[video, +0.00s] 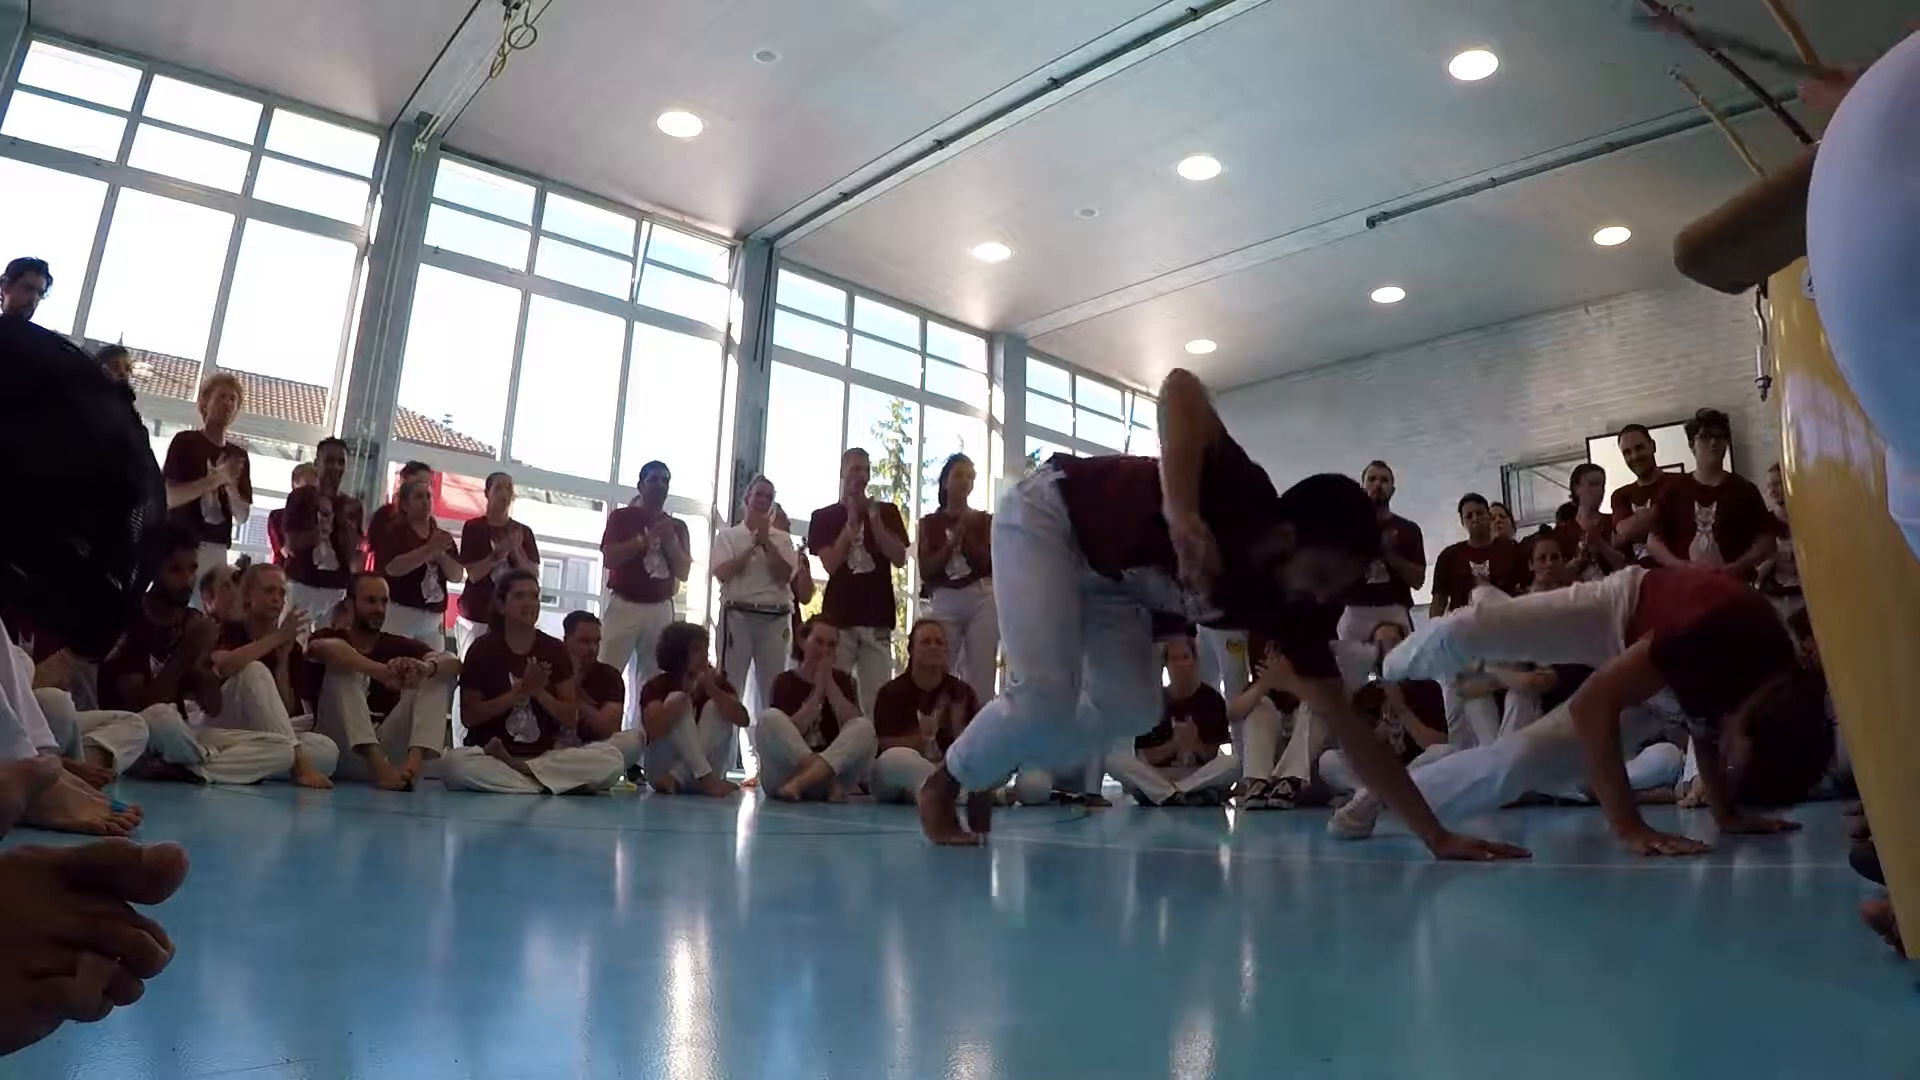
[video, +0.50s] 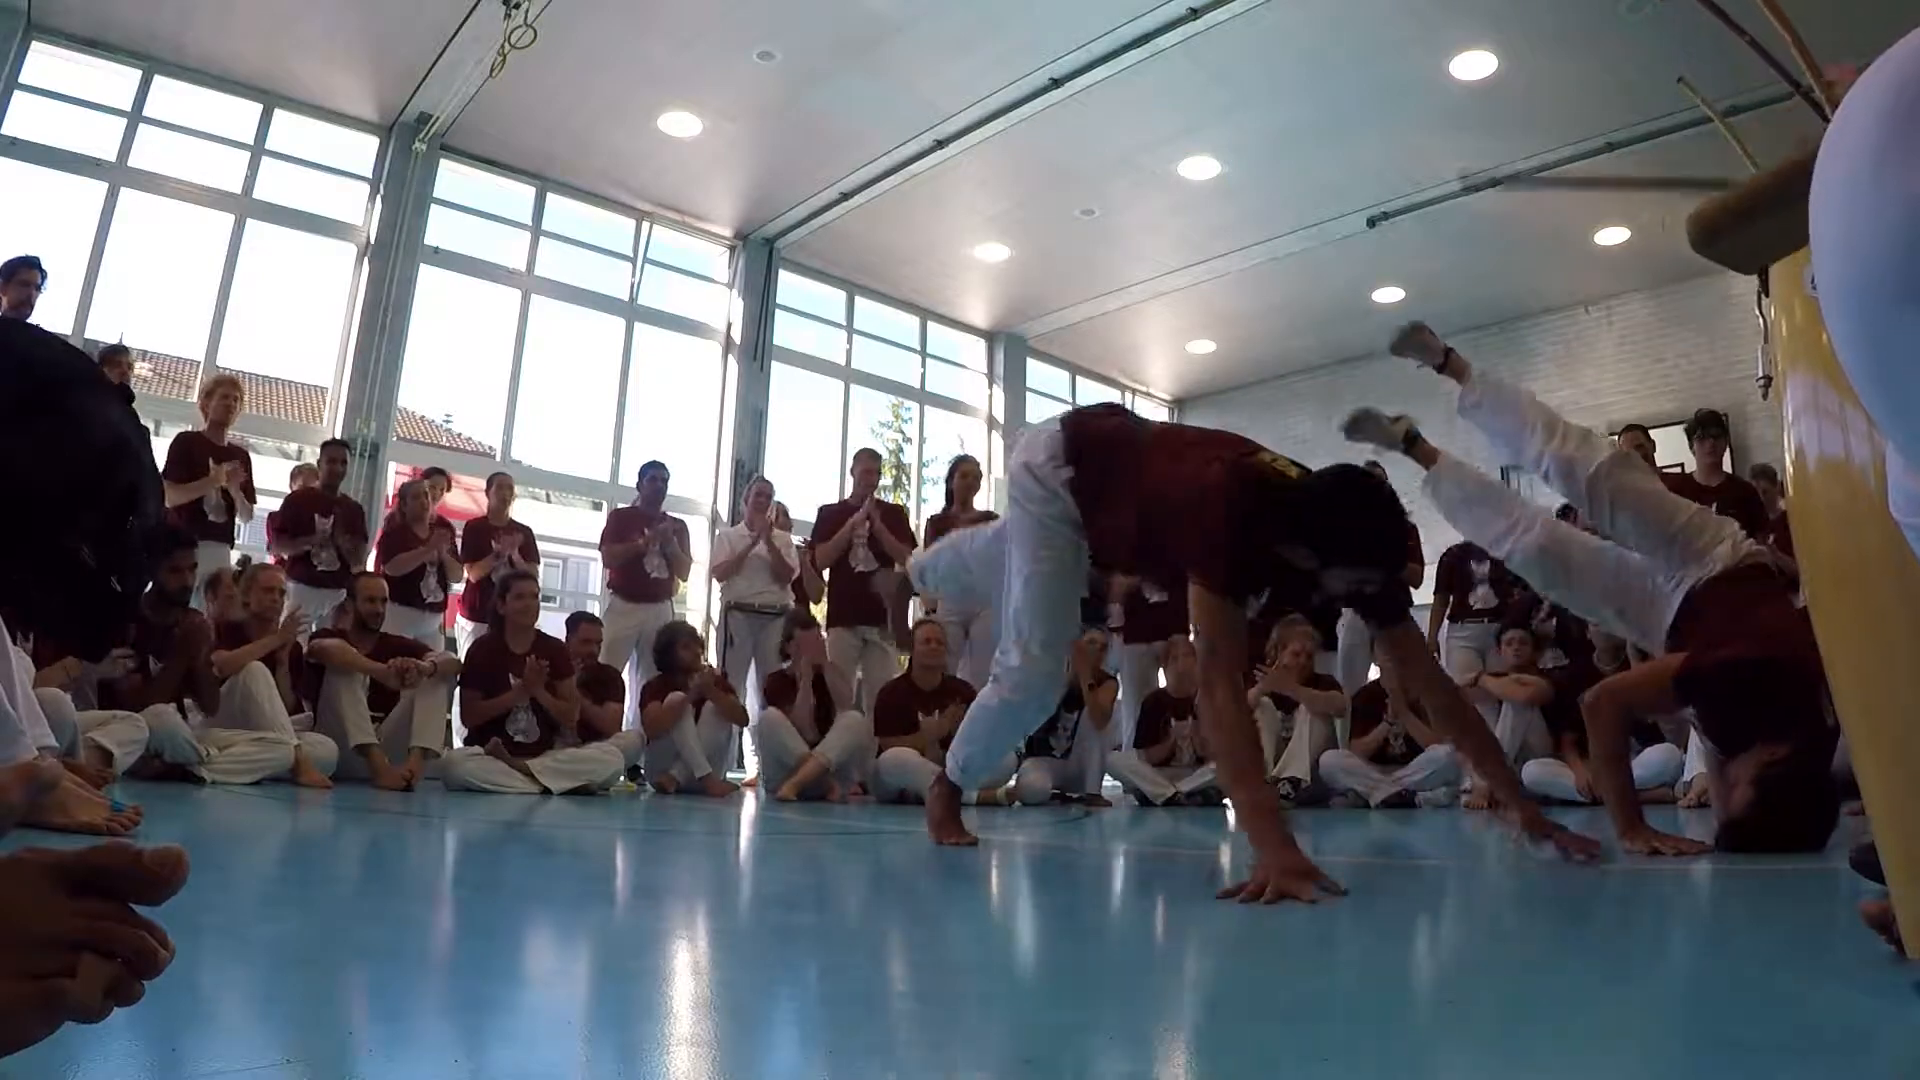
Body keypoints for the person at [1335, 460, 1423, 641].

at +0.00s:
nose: (1378, 485)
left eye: (1384, 480)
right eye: (1372, 479)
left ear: (1392, 489)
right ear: (1362, 485)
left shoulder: (1408, 529)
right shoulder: (1349, 523)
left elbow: (1417, 580)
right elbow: (1336, 570)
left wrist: (1389, 553)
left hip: (1393, 607)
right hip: (1354, 606)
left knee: (1387, 638)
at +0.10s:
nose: (1377, 484)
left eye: (1384, 479)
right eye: (1371, 479)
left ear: (1392, 487)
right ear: (1362, 486)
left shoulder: (1408, 530)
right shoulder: (1348, 527)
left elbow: (1419, 576)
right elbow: (1335, 571)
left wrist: (1395, 557)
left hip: (1392, 609)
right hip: (1354, 611)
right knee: (1349, 688)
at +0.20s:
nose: (1375, 484)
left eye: (1381, 479)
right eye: (1369, 479)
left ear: (1391, 486)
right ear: (1361, 486)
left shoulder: (1407, 529)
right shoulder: (1345, 528)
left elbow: (1416, 578)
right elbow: (1340, 574)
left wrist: (1391, 555)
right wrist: (1366, 552)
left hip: (1394, 612)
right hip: (1355, 614)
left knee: (1401, 689)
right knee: (1348, 692)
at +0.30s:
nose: (1374, 484)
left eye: (1381, 480)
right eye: (1368, 479)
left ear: (1390, 489)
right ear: (1359, 488)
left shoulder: (1407, 529)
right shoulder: (1343, 529)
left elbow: (1416, 578)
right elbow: (1338, 576)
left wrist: (1389, 555)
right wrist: (1366, 554)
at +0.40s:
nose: (1372, 485)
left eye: (1379, 480)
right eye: (1367, 480)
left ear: (1388, 487)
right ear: (1357, 485)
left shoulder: (1400, 520)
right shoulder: (1347, 518)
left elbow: (1415, 577)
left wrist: (1384, 553)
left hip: (1392, 604)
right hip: (1354, 606)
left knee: (1401, 677)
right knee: (1354, 683)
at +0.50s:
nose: (1373, 492)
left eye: (1379, 484)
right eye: (1367, 485)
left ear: (1388, 488)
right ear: (1359, 490)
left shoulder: (1404, 528)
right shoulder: (1349, 528)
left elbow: (1416, 577)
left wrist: (1385, 559)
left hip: (1391, 608)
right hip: (1354, 609)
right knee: (1350, 681)